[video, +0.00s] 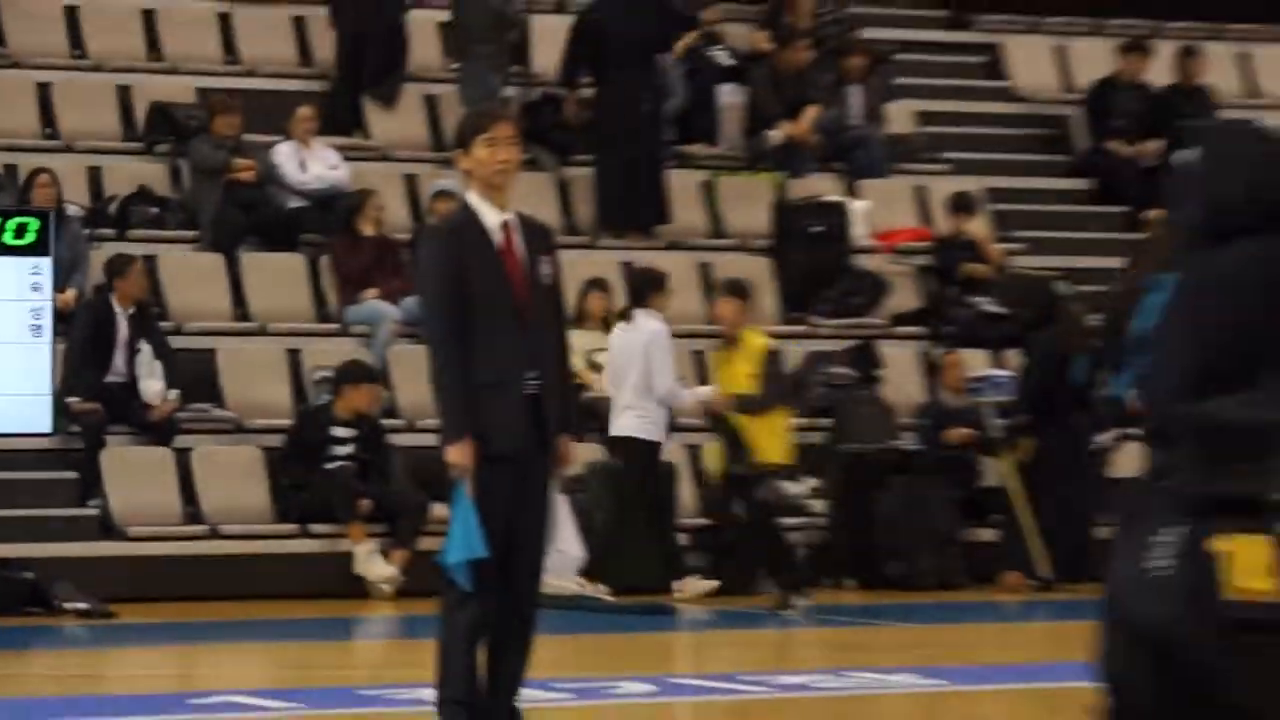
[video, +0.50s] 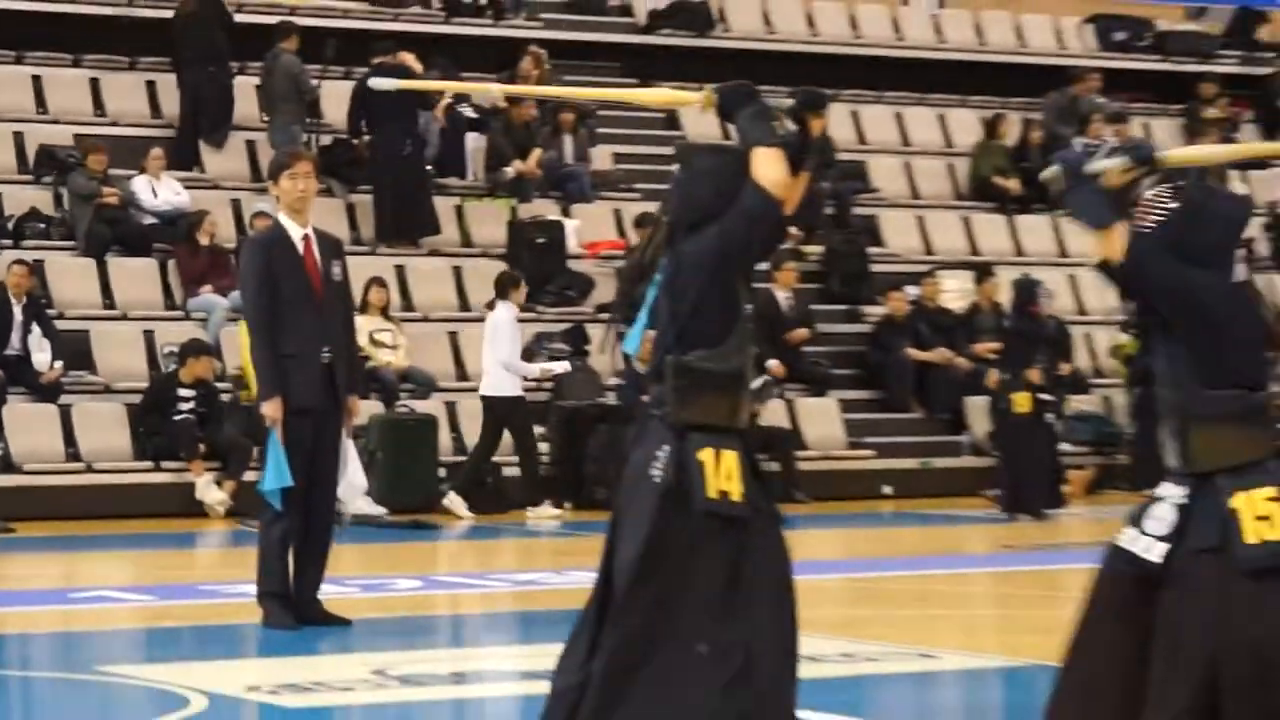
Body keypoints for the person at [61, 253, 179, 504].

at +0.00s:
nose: (144, 283)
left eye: (144, 276)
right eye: (138, 277)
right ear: (119, 282)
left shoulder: (142, 315)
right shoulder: (91, 311)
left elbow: (165, 355)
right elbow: (76, 355)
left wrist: (172, 395)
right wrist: (76, 397)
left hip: (131, 390)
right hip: (94, 391)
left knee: (163, 425)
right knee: (93, 424)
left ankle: (153, 493)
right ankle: (93, 491)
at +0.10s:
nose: (109, 286)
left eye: (111, 280)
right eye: (102, 280)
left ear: (114, 283)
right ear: (85, 283)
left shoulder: (113, 314)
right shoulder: (64, 310)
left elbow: (136, 352)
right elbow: (49, 351)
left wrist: (140, 392)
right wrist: (50, 392)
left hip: (99, 386)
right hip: (66, 386)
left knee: (131, 418)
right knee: (68, 415)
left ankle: (120, 478)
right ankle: (65, 478)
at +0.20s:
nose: (79, 284)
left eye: (82, 278)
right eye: (73, 277)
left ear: (87, 281)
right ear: (59, 280)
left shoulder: (87, 309)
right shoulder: (40, 306)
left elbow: (109, 345)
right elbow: (28, 344)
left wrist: (113, 382)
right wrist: (28, 381)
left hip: (73, 376)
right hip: (42, 377)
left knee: (104, 406)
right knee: (45, 403)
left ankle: (95, 465)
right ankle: (43, 464)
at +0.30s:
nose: (52, 287)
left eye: (58, 282)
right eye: (48, 281)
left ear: (64, 287)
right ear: (37, 283)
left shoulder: (65, 311)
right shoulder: (21, 308)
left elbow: (85, 344)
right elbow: (10, 344)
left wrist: (90, 379)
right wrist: (12, 379)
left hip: (52, 375)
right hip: (22, 375)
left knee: (83, 403)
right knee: (25, 401)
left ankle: (70, 458)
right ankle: (22, 458)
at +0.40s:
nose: (32, 285)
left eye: (37, 281)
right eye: (27, 280)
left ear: (44, 286)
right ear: (18, 282)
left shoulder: (45, 309)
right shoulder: (5, 306)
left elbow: (65, 341)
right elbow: (1, 342)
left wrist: (70, 374)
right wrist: (3, 373)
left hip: (31, 369)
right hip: (7, 369)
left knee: (62, 397)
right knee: (6, 395)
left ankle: (47, 449)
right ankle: (7, 449)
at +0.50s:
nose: (17, 281)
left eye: (23, 276)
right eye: (13, 275)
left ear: (30, 280)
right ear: (6, 277)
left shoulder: (32, 303)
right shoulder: (2, 299)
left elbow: (53, 335)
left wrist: (57, 365)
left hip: (21, 360)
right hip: (2, 359)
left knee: (51, 388)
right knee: (1, 389)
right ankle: (4, 430)